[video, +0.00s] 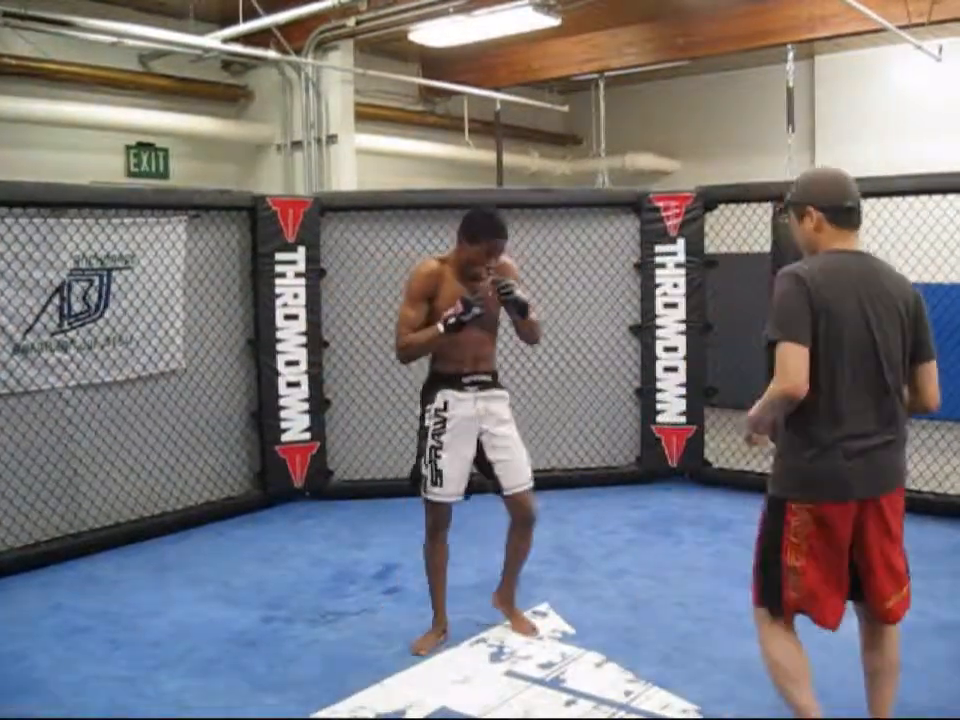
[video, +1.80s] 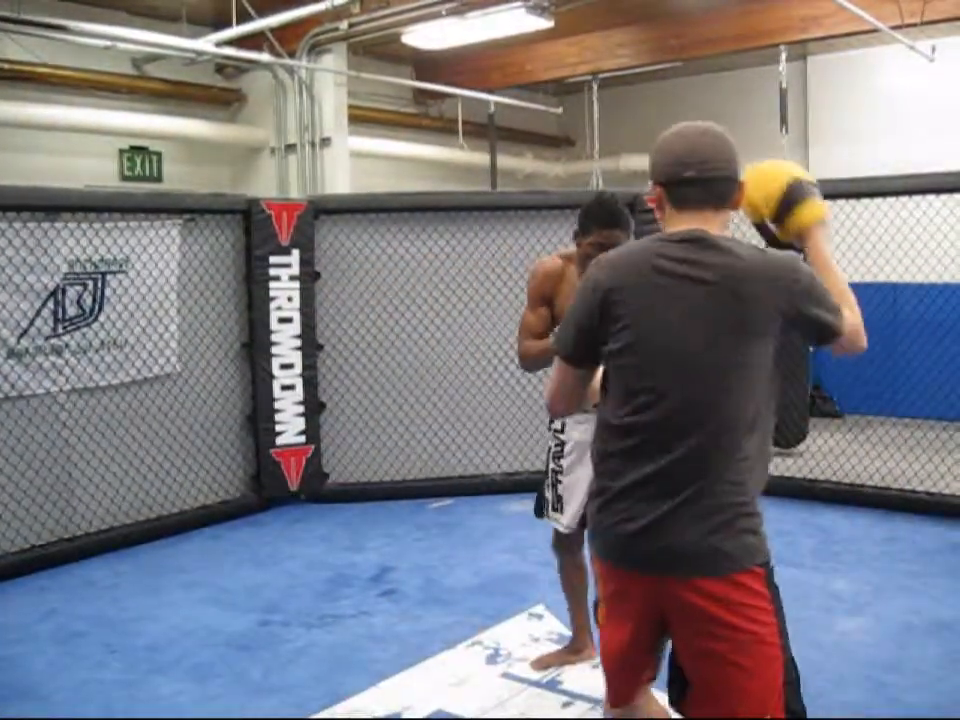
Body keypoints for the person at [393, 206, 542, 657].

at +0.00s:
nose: (487, 265)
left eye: (494, 257)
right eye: (481, 257)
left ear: (501, 251)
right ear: (462, 244)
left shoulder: (502, 270)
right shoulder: (429, 274)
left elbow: (532, 336)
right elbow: (404, 349)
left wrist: (514, 304)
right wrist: (446, 323)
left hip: (493, 398)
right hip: (446, 400)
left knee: (524, 510)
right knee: (438, 519)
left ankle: (506, 596)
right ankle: (439, 622)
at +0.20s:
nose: (509, 264)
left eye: (513, 257)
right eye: (504, 256)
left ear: (513, 251)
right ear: (480, 244)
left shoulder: (513, 267)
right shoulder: (440, 270)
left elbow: (541, 324)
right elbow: (422, 345)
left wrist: (548, 301)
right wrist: (470, 308)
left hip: (504, 397)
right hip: (457, 402)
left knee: (538, 514)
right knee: (445, 515)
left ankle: (560, 632)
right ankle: (439, 624)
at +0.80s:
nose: (552, 262)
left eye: (560, 254)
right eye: (544, 253)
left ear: (568, 253)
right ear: (522, 248)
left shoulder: (570, 276)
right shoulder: (490, 278)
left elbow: (601, 347)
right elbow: (471, 360)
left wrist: (583, 309)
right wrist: (512, 322)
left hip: (559, 414)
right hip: (505, 417)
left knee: (606, 533)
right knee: (480, 539)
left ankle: (590, 636)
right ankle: (482, 646)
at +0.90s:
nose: (559, 261)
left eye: (564, 252)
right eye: (550, 253)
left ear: (569, 248)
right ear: (524, 249)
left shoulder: (576, 275)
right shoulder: (495, 281)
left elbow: (634, 337)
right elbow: (477, 366)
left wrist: (606, 310)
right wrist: (516, 322)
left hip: (571, 418)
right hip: (514, 423)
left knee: (620, 535)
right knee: (485, 538)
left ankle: (626, 653)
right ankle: (480, 647)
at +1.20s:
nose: (596, 269)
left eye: (605, 258)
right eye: (587, 259)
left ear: (617, 245)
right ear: (566, 247)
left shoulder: (634, 270)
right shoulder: (543, 273)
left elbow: (653, 340)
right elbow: (535, 358)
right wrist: (551, 328)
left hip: (623, 411)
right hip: (566, 409)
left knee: (642, 549)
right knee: (530, 530)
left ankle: (657, 672)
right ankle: (524, 642)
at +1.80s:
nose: (606, 258)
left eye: (616, 248)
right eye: (597, 247)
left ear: (629, 242)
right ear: (577, 238)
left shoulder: (637, 274)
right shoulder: (550, 273)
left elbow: (658, 334)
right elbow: (527, 353)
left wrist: (617, 319)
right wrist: (572, 337)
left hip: (632, 418)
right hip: (576, 418)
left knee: (628, 533)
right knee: (567, 538)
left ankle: (628, 636)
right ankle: (581, 638)